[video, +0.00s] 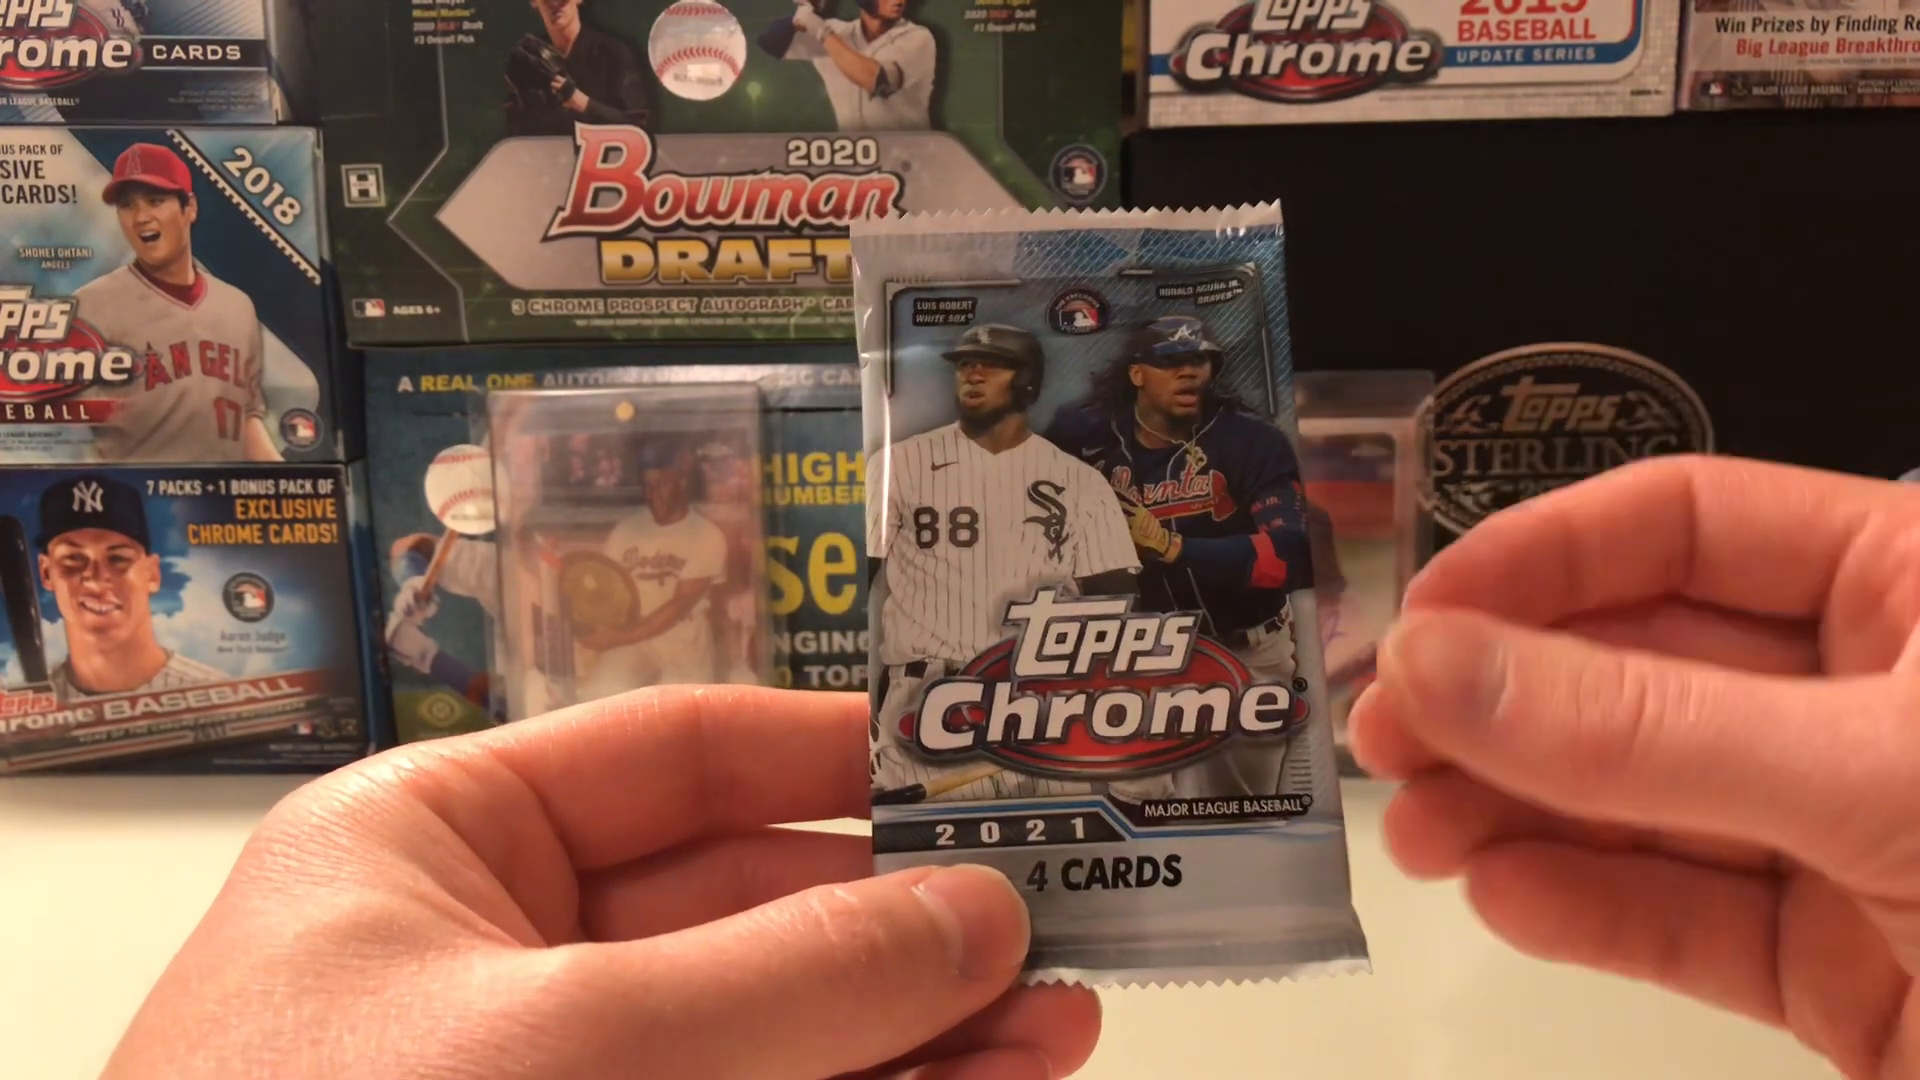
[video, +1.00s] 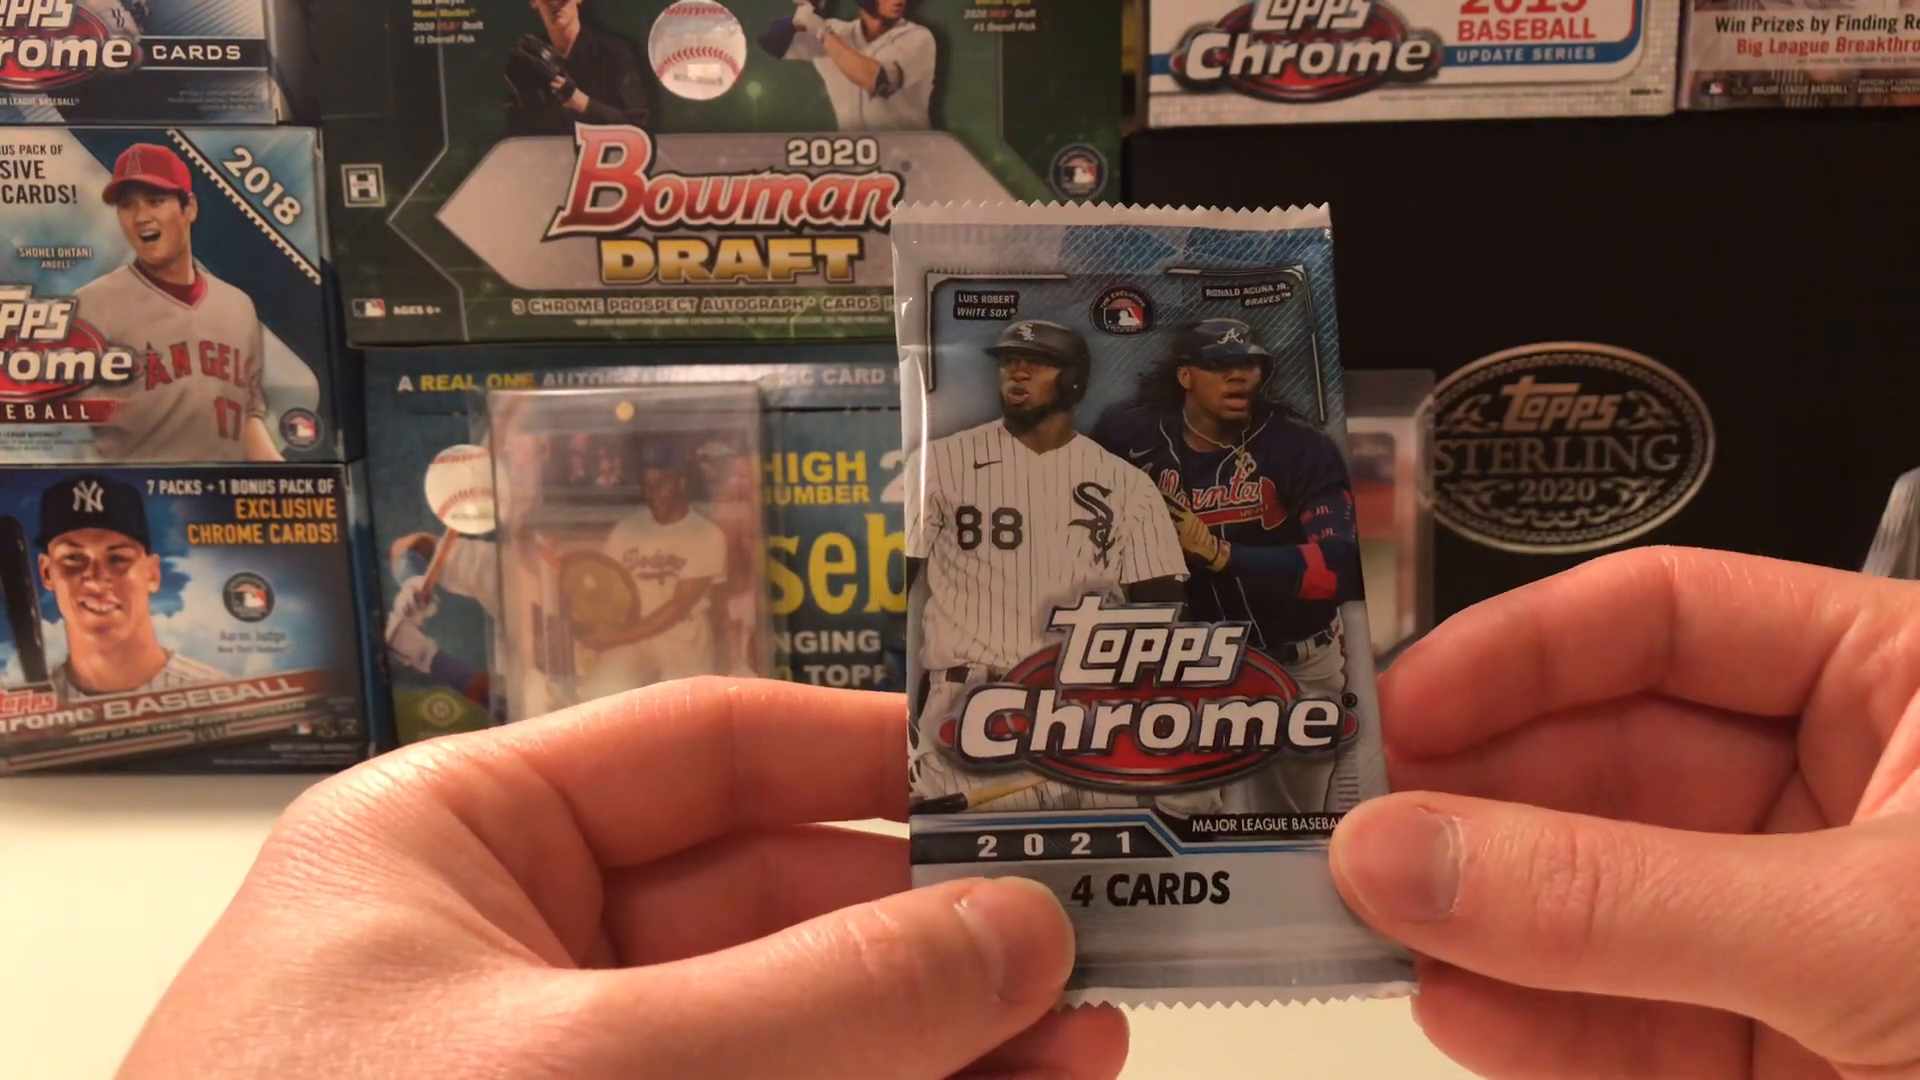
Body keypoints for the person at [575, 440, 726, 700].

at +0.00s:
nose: (650, 495)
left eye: (658, 486)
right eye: (646, 487)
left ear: (682, 484)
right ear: (642, 488)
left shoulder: (707, 536)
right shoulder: (624, 531)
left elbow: (680, 606)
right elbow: (603, 590)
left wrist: (618, 637)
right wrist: (597, 629)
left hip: (683, 641)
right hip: (628, 642)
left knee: (682, 711)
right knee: (600, 697)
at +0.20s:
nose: (652, 495)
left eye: (659, 485)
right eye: (647, 486)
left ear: (682, 484)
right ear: (642, 488)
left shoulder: (707, 535)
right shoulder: (624, 531)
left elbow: (681, 605)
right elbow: (603, 588)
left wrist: (621, 636)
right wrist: (596, 628)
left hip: (683, 639)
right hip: (628, 641)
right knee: (600, 697)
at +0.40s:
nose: (652, 495)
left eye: (659, 486)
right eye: (647, 487)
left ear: (682, 484)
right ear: (642, 489)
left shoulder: (707, 536)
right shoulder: (624, 531)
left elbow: (681, 605)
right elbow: (603, 588)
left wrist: (619, 636)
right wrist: (595, 628)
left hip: (683, 642)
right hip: (627, 643)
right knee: (601, 697)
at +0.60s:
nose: (655, 495)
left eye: (662, 485)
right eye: (649, 487)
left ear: (682, 484)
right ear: (643, 490)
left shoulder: (707, 535)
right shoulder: (624, 531)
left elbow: (681, 606)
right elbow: (602, 589)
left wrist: (618, 636)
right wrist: (595, 628)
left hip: (684, 642)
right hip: (628, 644)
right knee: (599, 696)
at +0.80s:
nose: (653, 493)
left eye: (661, 484)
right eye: (648, 485)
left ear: (681, 483)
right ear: (642, 489)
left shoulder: (707, 536)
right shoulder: (625, 530)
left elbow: (680, 607)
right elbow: (602, 588)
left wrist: (616, 637)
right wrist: (596, 629)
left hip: (684, 646)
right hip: (629, 646)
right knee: (600, 697)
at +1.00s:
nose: (653, 493)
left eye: (660, 484)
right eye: (648, 486)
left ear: (681, 484)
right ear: (642, 489)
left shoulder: (707, 536)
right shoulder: (624, 530)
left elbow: (680, 606)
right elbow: (602, 589)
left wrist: (616, 637)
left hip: (683, 644)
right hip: (628, 644)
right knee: (600, 698)